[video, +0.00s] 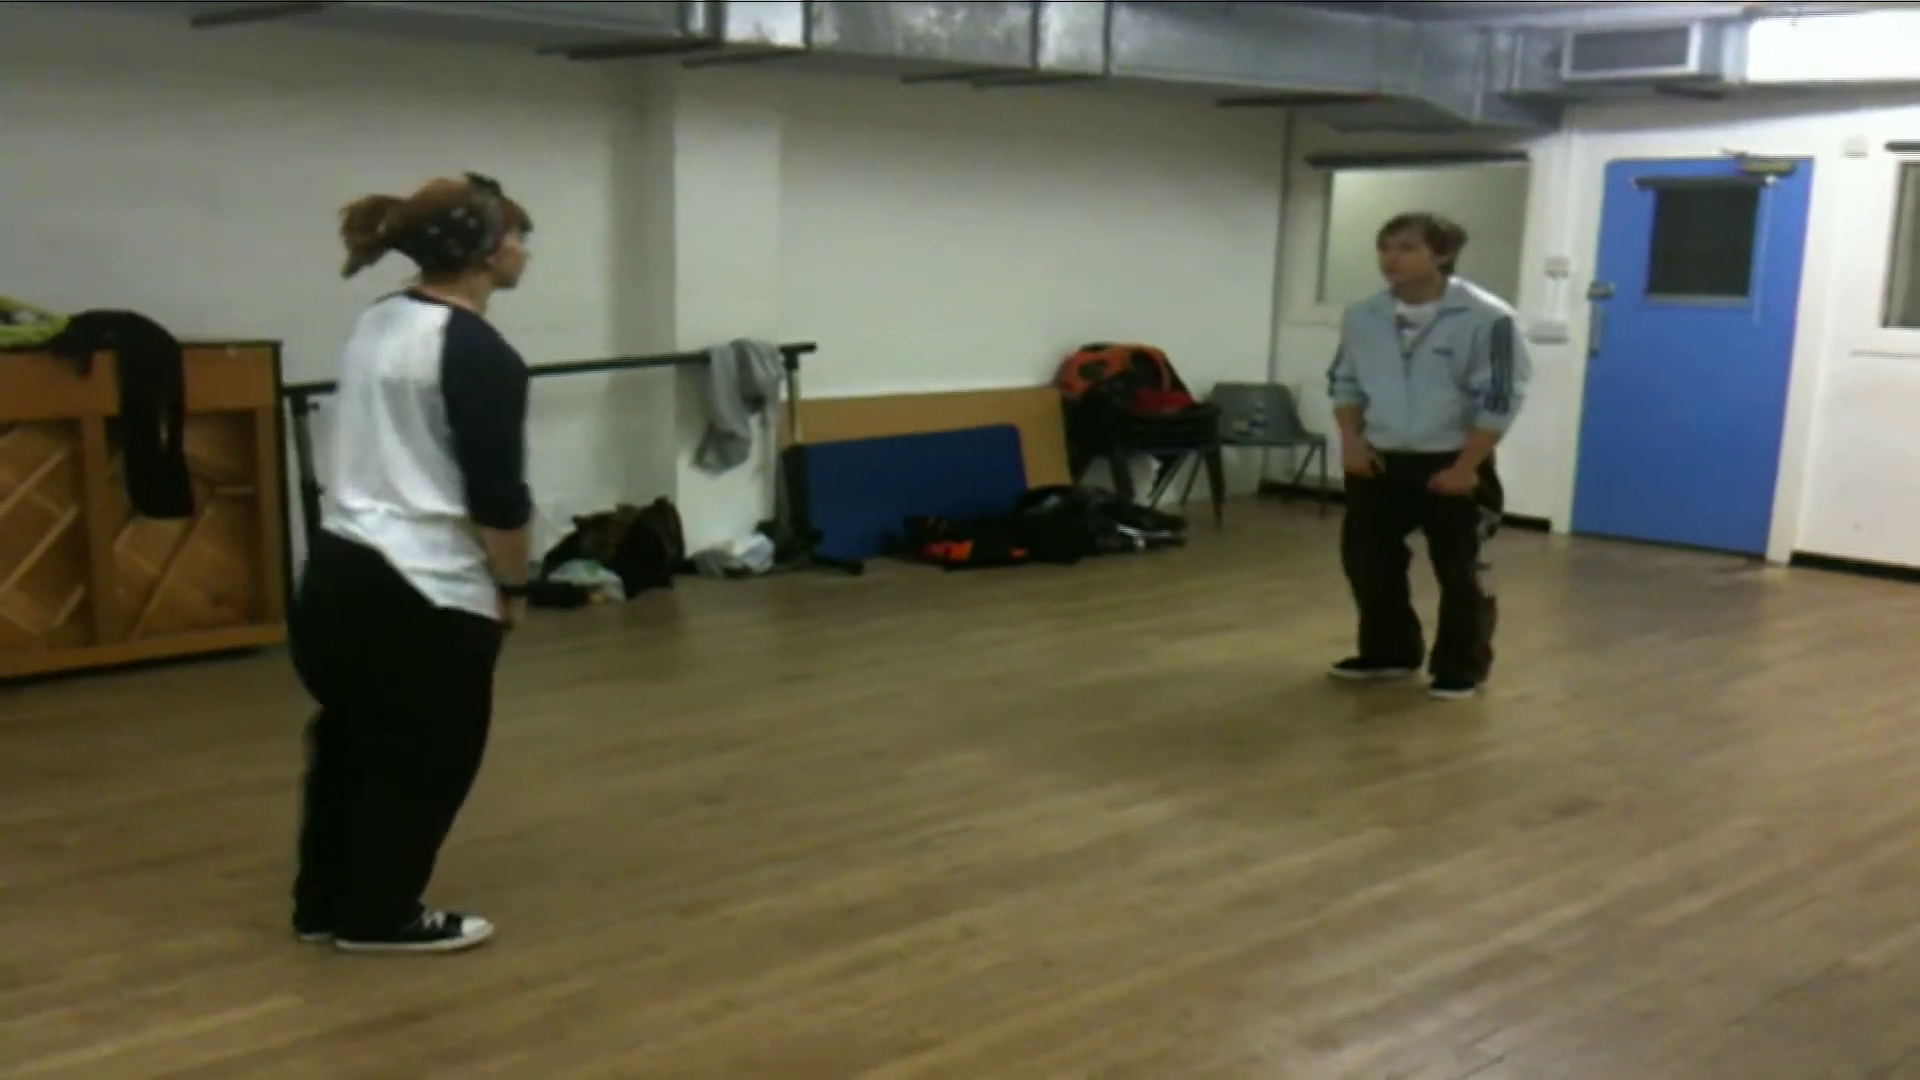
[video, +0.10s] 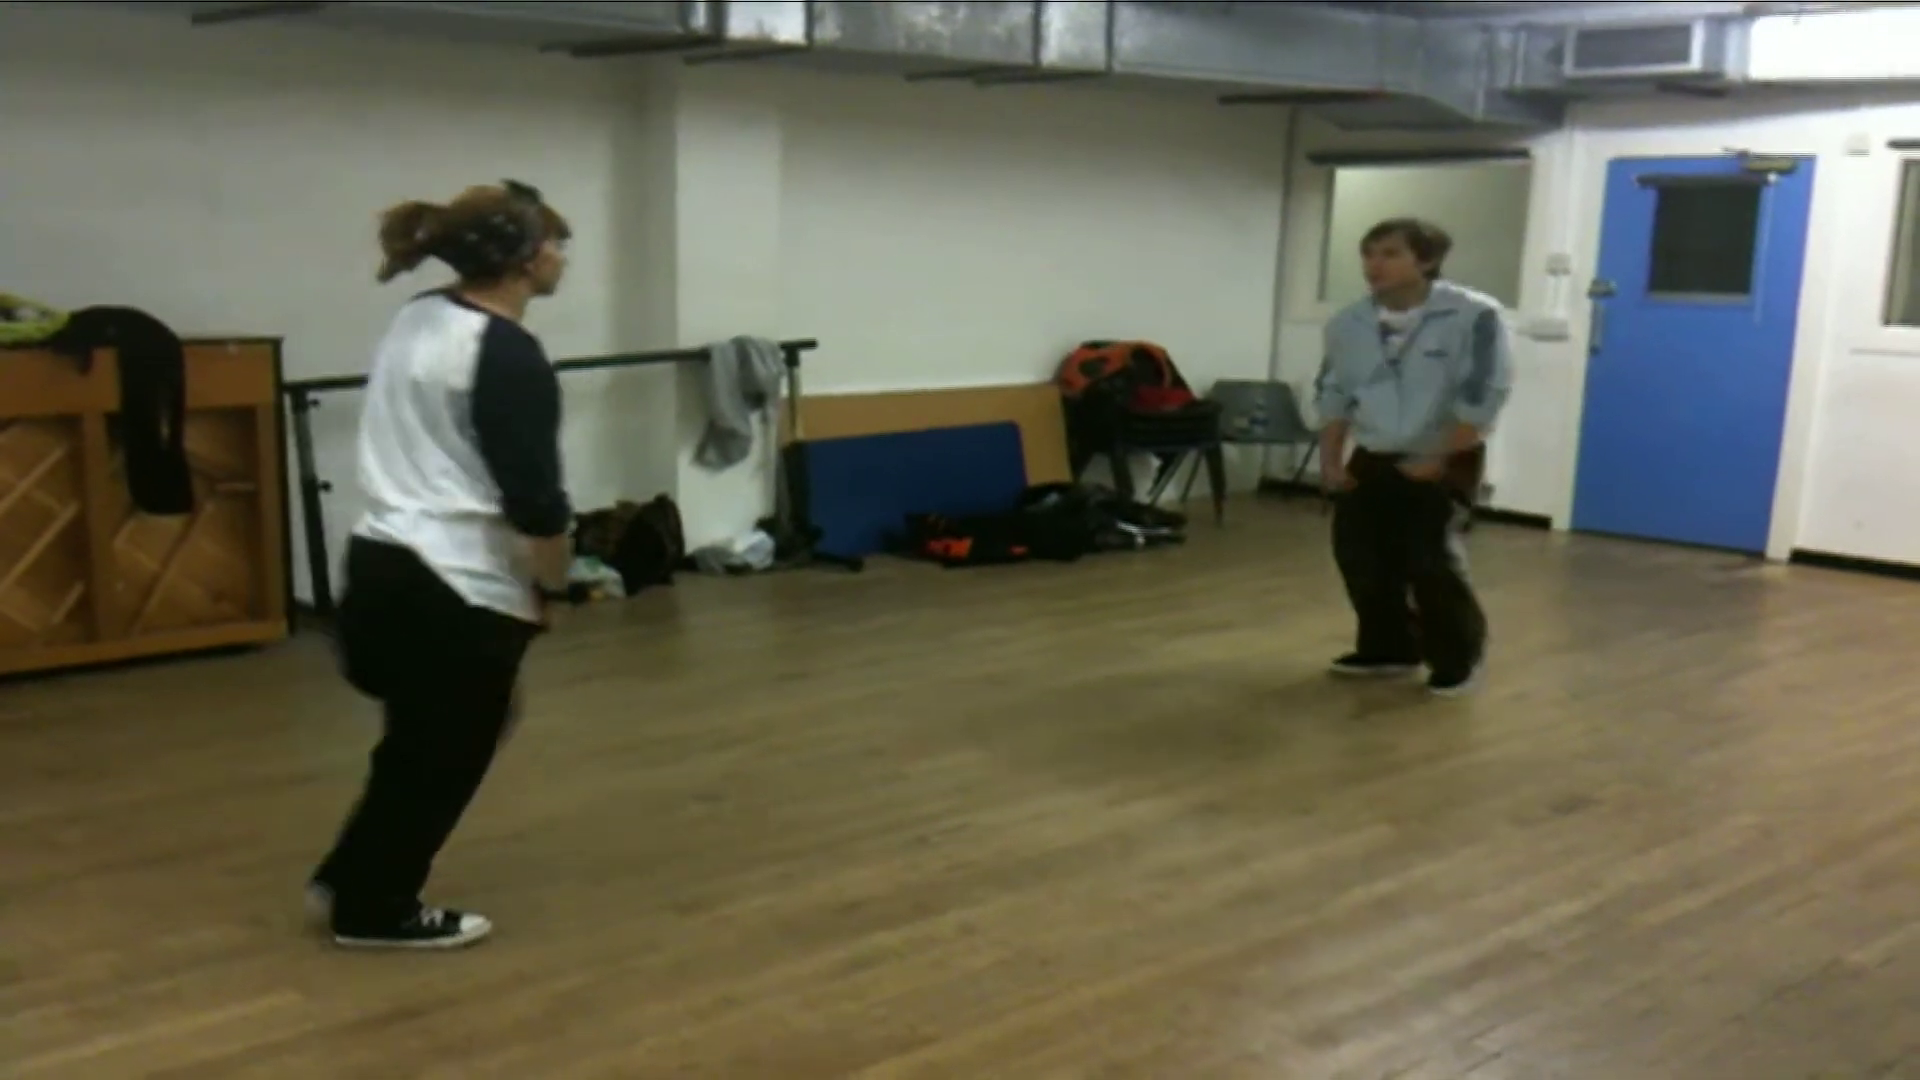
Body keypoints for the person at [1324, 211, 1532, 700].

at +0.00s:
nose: (1392, 258)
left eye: (1406, 248)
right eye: (1386, 249)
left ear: (1439, 256)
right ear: (1379, 256)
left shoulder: (1489, 320)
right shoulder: (1362, 318)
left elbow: (1500, 403)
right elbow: (1345, 384)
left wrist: (1466, 466)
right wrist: (1352, 439)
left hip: (1453, 466)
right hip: (1383, 463)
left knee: (1460, 570)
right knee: (1366, 555)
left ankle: (1460, 667)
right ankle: (1390, 650)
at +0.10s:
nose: (1375, 265)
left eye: (1389, 255)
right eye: (1369, 256)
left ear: (1423, 261)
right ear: (1363, 263)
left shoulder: (1474, 317)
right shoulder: (1349, 325)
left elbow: (1485, 399)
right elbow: (1334, 397)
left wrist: (1443, 458)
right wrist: (1331, 464)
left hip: (1440, 465)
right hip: (1372, 464)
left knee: (1427, 554)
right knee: (1358, 550)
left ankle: (1456, 654)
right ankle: (1386, 644)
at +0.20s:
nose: (1357, 281)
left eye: (1371, 271)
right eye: (1351, 272)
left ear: (1405, 277)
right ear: (1345, 278)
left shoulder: (1454, 314)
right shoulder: (1329, 342)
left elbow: (1468, 387)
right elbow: (1309, 415)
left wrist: (1409, 445)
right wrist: (1317, 471)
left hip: (1439, 453)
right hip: (1371, 454)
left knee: (1373, 537)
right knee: (1339, 546)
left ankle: (1423, 611)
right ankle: (1377, 643)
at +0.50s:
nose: (1239, 339)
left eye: (1252, 329)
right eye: (1235, 329)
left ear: (1288, 334)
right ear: (1232, 333)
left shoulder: (1341, 375)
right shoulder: (1253, 375)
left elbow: (1421, 436)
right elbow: (1249, 437)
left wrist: (1384, 505)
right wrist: (1267, 485)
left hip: (1382, 498)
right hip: (1317, 495)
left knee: (1350, 599)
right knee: (1294, 585)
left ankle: (1318, 711)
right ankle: (1390, 644)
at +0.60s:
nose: (1222, 337)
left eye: (1236, 325)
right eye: (1217, 326)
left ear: (1275, 328)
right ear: (1212, 328)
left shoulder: (1337, 369)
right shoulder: (1229, 371)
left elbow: (1391, 443)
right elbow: (1218, 430)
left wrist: (1337, 501)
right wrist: (1237, 486)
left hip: (1351, 496)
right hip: (1281, 492)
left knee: (1303, 591)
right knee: (1232, 575)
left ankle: (1308, 710)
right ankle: (1332, 618)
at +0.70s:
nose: (1215, 338)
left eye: (1229, 326)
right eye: (1209, 326)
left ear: (1270, 329)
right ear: (1204, 328)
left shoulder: (1333, 372)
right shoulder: (1205, 377)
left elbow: (1352, 466)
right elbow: (1192, 448)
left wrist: (1287, 503)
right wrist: (1196, 504)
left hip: (1316, 502)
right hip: (1242, 502)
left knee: (1285, 590)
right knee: (1172, 561)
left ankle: (1304, 709)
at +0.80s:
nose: (1193, 343)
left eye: (1207, 332)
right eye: (1188, 332)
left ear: (1249, 337)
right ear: (1183, 333)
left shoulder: (1313, 384)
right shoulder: (1169, 381)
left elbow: (1327, 466)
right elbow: (1132, 443)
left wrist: (1236, 486)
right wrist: (1173, 481)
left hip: (1274, 516)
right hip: (1197, 514)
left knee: (1275, 600)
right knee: (1141, 584)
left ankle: (1303, 709)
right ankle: (1229, 668)